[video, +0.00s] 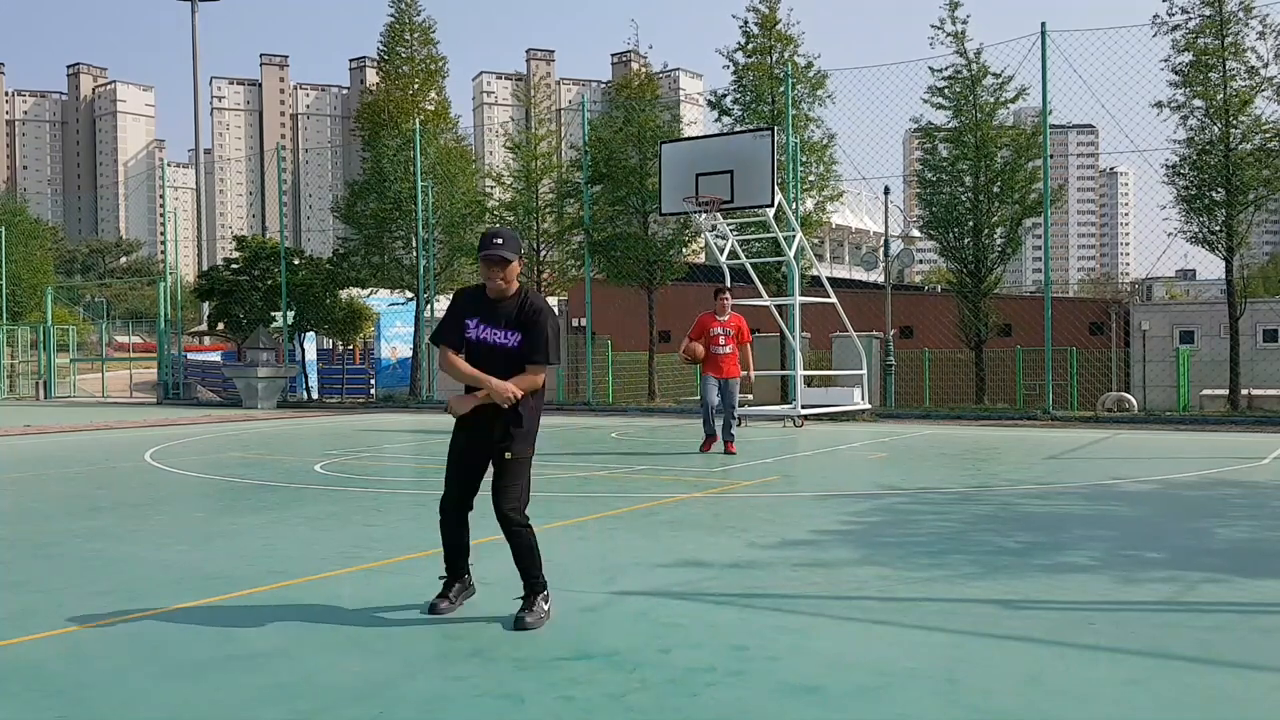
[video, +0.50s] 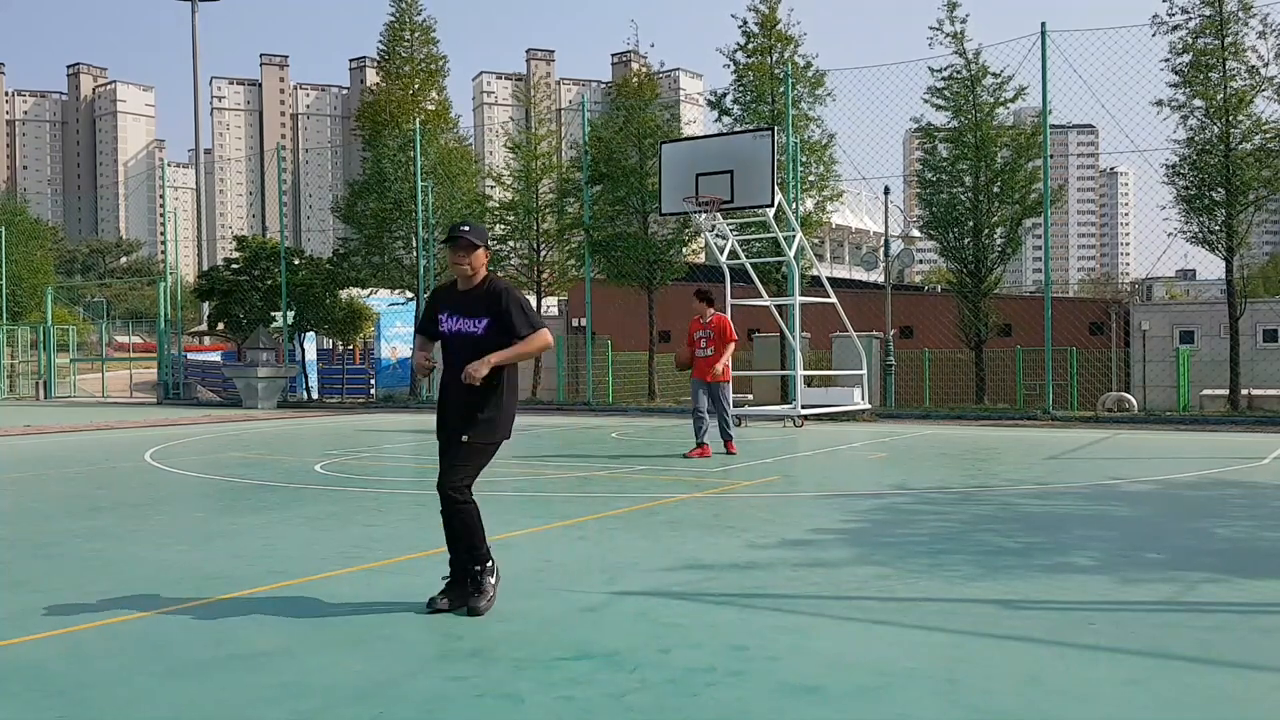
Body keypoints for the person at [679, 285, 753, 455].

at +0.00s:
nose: (725, 302)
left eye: (727, 299)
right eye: (722, 299)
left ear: (731, 301)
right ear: (716, 301)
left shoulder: (739, 320)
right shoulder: (704, 319)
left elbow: (745, 345)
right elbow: (689, 338)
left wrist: (750, 369)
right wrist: (681, 352)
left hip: (732, 371)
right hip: (710, 371)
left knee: (731, 408)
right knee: (709, 402)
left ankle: (729, 440)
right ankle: (710, 435)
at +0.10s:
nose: (720, 302)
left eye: (723, 299)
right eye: (717, 299)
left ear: (729, 301)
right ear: (713, 302)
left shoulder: (739, 320)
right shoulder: (704, 319)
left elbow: (746, 344)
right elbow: (689, 338)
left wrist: (749, 367)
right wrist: (680, 351)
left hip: (731, 372)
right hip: (710, 371)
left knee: (730, 410)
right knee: (707, 405)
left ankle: (729, 442)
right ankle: (707, 442)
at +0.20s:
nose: (714, 303)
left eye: (717, 300)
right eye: (712, 300)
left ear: (726, 302)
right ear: (710, 302)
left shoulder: (737, 321)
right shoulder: (703, 320)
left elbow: (745, 343)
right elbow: (690, 339)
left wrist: (746, 364)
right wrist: (681, 352)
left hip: (730, 372)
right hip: (709, 371)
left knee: (730, 411)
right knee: (707, 407)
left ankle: (729, 441)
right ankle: (703, 441)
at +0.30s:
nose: (705, 303)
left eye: (709, 300)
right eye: (705, 300)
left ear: (720, 302)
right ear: (710, 303)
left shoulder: (734, 321)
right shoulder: (701, 321)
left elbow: (743, 344)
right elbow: (690, 341)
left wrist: (740, 361)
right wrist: (681, 355)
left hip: (728, 372)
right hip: (707, 372)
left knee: (729, 411)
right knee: (706, 408)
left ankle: (729, 442)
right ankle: (703, 442)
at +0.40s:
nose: (699, 305)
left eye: (702, 302)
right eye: (699, 302)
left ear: (712, 303)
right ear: (706, 303)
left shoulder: (729, 321)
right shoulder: (698, 322)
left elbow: (738, 344)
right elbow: (690, 344)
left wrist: (731, 362)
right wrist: (682, 356)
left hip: (724, 373)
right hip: (704, 372)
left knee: (726, 411)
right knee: (703, 409)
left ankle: (728, 442)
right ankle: (703, 444)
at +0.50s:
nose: (693, 305)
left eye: (695, 301)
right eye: (693, 301)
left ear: (704, 303)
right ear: (701, 303)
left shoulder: (723, 320)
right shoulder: (694, 323)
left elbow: (731, 343)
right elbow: (690, 347)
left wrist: (721, 362)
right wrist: (683, 361)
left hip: (719, 371)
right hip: (699, 372)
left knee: (724, 409)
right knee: (699, 409)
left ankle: (728, 441)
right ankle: (702, 445)